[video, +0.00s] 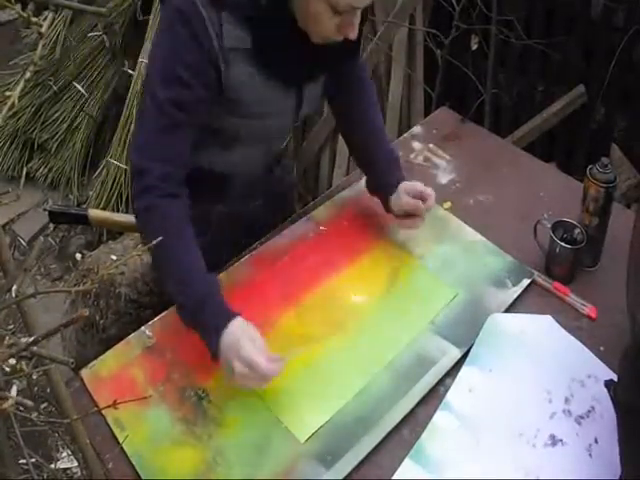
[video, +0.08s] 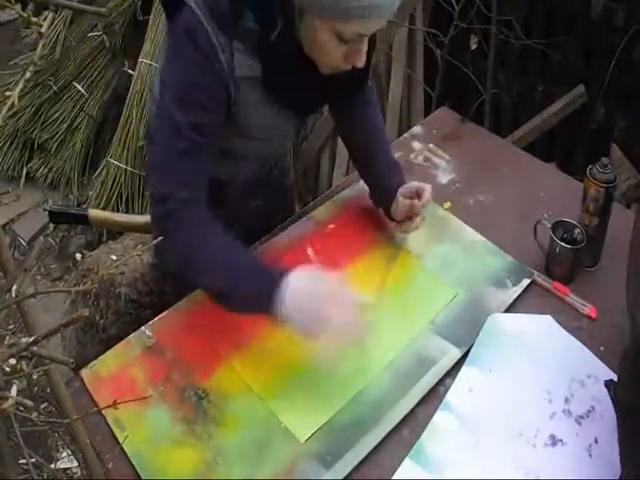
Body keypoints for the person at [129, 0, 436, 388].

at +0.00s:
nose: (351, 29)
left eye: (360, 13)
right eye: (339, 11)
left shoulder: (326, 23)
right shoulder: (196, 21)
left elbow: (352, 93)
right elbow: (156, 187)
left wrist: (391, 184)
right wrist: (217, 322)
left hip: (271, 194)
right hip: (202, 209)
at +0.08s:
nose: (358, 59)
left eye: (367, 39)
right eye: (345, 39)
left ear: (378, 22)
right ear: (294, 12)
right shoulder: (205, 35)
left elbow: (353, 98)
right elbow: (177, 219)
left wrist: (392, 190)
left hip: (272, 206)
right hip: (204, 221)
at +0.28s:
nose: (372, 66)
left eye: (382, 45)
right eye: (358, 44)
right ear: (308, 16)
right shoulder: (216, 46)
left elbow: (359, 111)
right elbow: (227, 203)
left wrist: (395, 198)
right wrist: (324, 282)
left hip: (266, 171)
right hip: (193, 181)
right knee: (199, 303)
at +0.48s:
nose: (371, 64)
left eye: (382, 48)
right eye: (358, 46)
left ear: (395, 28)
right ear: (314, 14)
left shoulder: (349, 46)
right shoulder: (215, 33)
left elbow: (366, 120)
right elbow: (123, 121)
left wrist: (400, 199)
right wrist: (62, 244)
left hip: (273, 189)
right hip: (201, 195)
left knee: (275, 289)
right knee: (197, 304)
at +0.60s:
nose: (377, 67)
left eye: (385, 52)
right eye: (366, 52)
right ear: (316, 25)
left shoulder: (344, 47)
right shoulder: (209, 35)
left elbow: (367, 123)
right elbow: (108, 53)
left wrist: (399, 200)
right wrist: (146, 187)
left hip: (271, 188)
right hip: (199, 196)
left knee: (272, 294)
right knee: (200, 306)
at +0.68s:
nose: (377, 49)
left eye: (384, 31)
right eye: (364, 32)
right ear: (314, 10)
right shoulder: (224, 27)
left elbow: (359, 103)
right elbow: (257, 225)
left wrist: (398, 196)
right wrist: (385, 240)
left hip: (272, 170)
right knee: (205, 316)